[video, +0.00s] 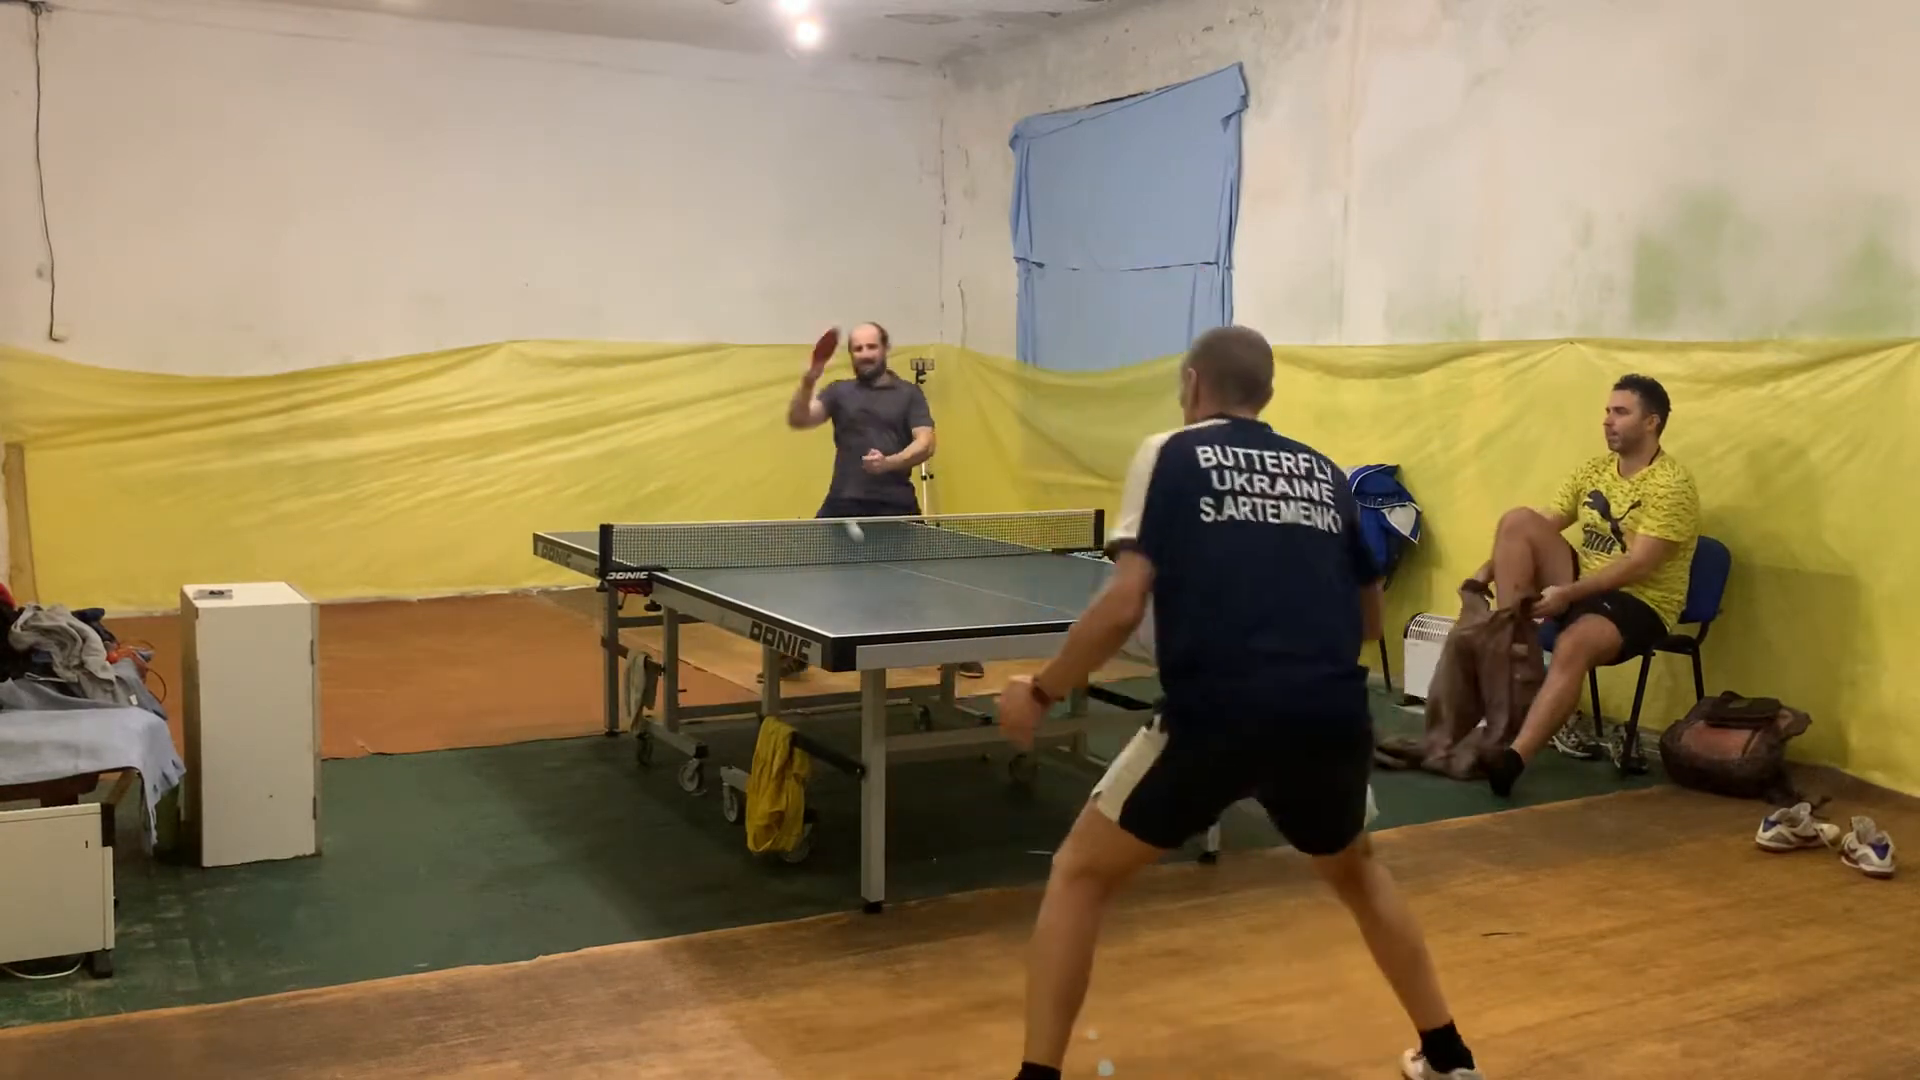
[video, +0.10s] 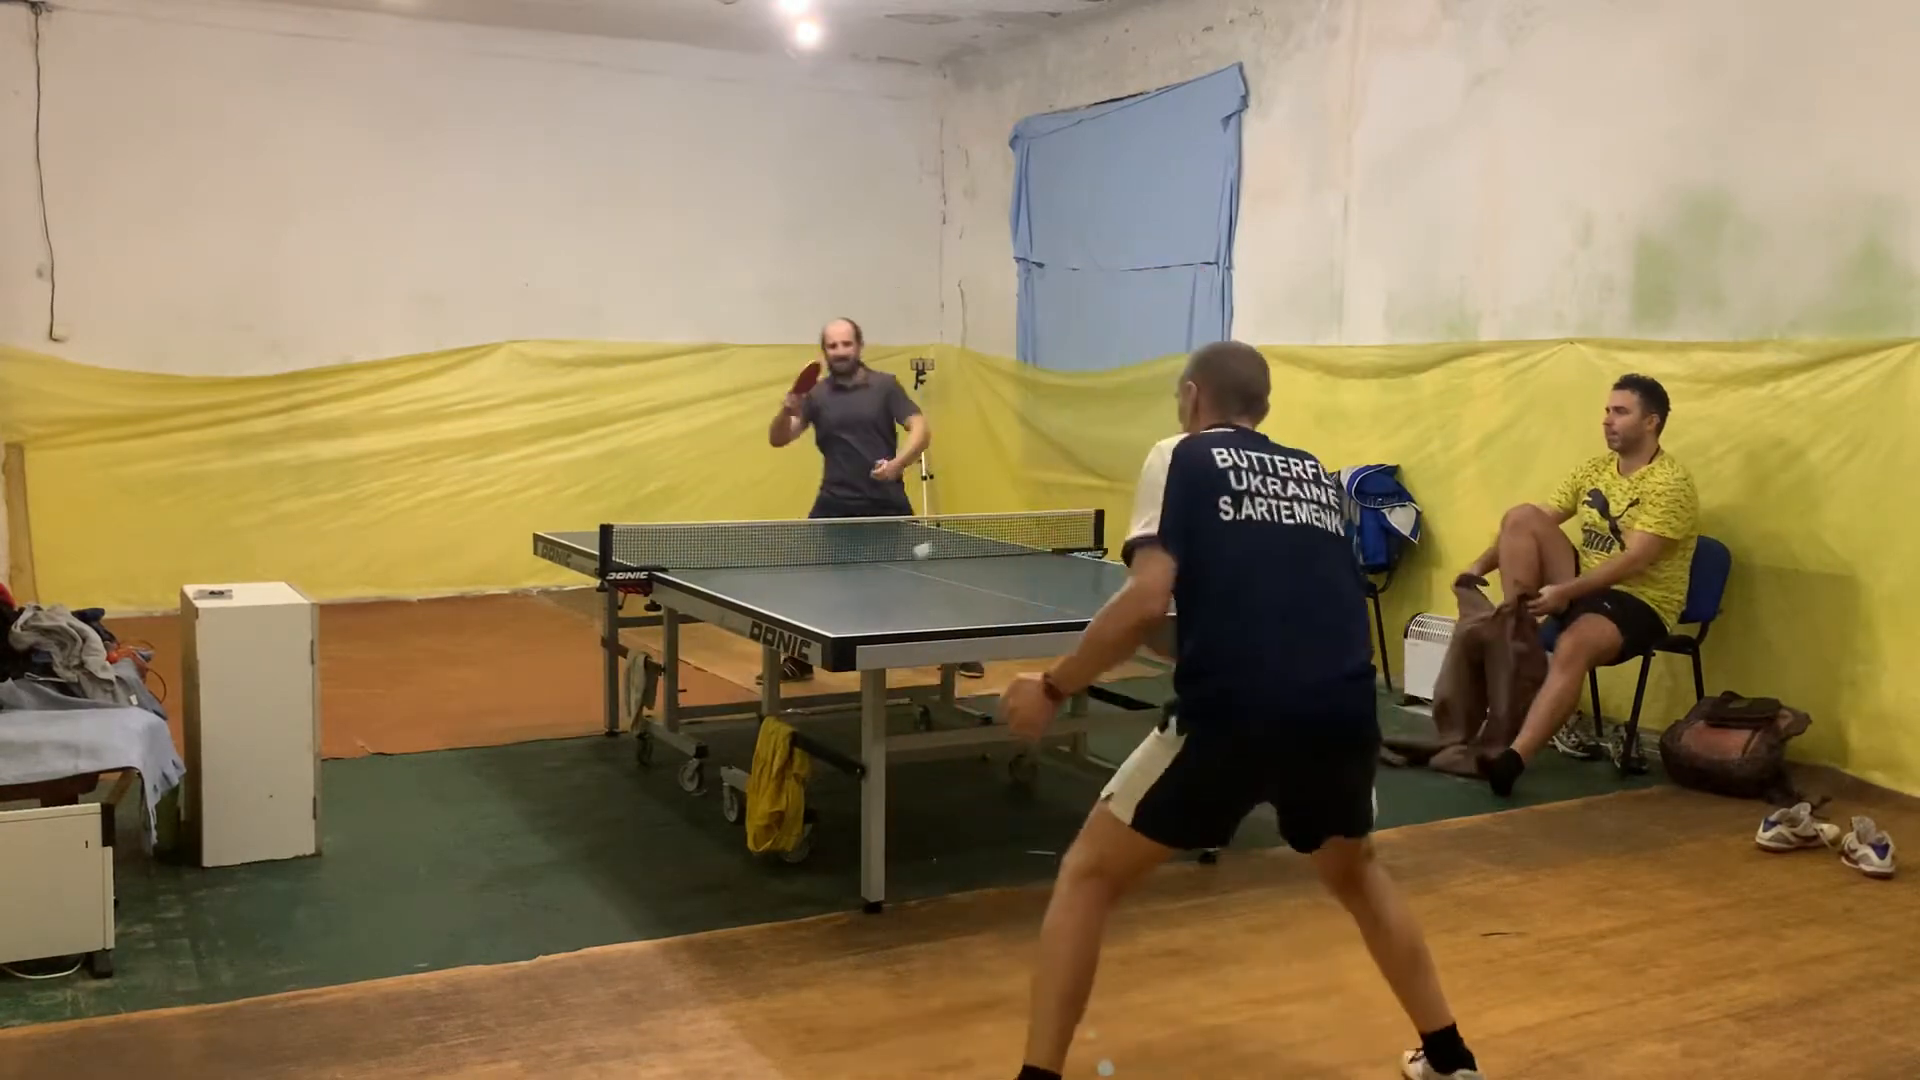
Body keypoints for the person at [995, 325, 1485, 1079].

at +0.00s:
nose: (1179, 398)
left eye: (1181, 388)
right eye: (1180, 388)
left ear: (1194, 387)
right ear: (1268, 396)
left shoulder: (1169, 453)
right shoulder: (1326, 472)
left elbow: (1125, 603)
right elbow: (1367, 618)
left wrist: (1042, 689)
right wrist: (1298, 673)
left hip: (1211, 722)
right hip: (1328, 720)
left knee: (1082, 873)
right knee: (1358, 871)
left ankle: (1038, 1071)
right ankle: (1448, 1053)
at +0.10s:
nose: (1178, 415)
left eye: (1179, 404)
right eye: (1178, 405)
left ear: (1195, 400)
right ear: (1265, 408)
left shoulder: (1179, 456)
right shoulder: (1319, 472)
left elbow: (1148, 597)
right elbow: (1341, 597)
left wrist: (1055, 685)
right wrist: (1197, 634)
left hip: (1226, 719)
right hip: (1340, 718)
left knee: (1089, 875)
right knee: (1356, 870)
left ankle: (1039, 1072)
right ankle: (1451, 1057)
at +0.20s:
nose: (1160, 400)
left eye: (1162, 389)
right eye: (1161, 389)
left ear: (1179, 384)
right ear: (1245, 396)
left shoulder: (1174, 428)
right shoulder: (1285, 461)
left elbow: (1153, 547)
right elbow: (1287, 571)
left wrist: (1033, 632)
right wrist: (1169, 584)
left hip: (1230, 690)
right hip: (1336, 688)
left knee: (1113, 870)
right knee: (1349, 873)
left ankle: (1042, 1070)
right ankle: (1449, 1055)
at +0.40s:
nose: (1106, 357)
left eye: (1111, 349)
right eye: (1112, 350)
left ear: (1123, 355)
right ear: (1176, 377)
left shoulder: (1124, 387)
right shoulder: (1193, 430)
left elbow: (1129, 453)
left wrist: (1039, 483)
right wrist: (1081, 459)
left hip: (1194, 655)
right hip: (1289, 647)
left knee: (1111, 872)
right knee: (1334, 844)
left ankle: (1050, 1071)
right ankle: (1445, 1030)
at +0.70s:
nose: (1076, 345)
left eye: (1079, 334)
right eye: (1082, 333)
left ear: (1094, 335)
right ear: (1150, 345)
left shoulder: (1095, 392)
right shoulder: (1196, 413)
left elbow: (1117, 494)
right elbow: (1206, 526)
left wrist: (1082, 606)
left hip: (1138, 633)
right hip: (1225, 635)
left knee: (1011, 806)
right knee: (1161, 779)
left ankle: (1025, 1002)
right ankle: (1206, 964)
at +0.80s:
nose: (1074, 351)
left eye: (1076, 339)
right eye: (1078, 340)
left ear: (1087, 337)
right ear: (1154, 348)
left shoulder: (1078, 389)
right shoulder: (1198, 418)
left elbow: (1081, 510)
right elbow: (1205, 538)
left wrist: (1030, 643)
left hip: (1113, 643)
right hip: (1208, 643)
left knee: (1007, 796)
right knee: (1162, 773)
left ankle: (964, 1003)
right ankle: (1211, 955)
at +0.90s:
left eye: (1087, 343)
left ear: (1086, 344)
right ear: (1159, 353)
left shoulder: (1048, 399)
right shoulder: (1200, 418)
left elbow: (1021, 517)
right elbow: (1231, 552)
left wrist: (986, 648)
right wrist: (1236, 617)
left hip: (1088, 649)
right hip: (1186, 646)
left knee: (995, 802)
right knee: (1178, 769)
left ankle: (955, 1003)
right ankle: (1210, 955)